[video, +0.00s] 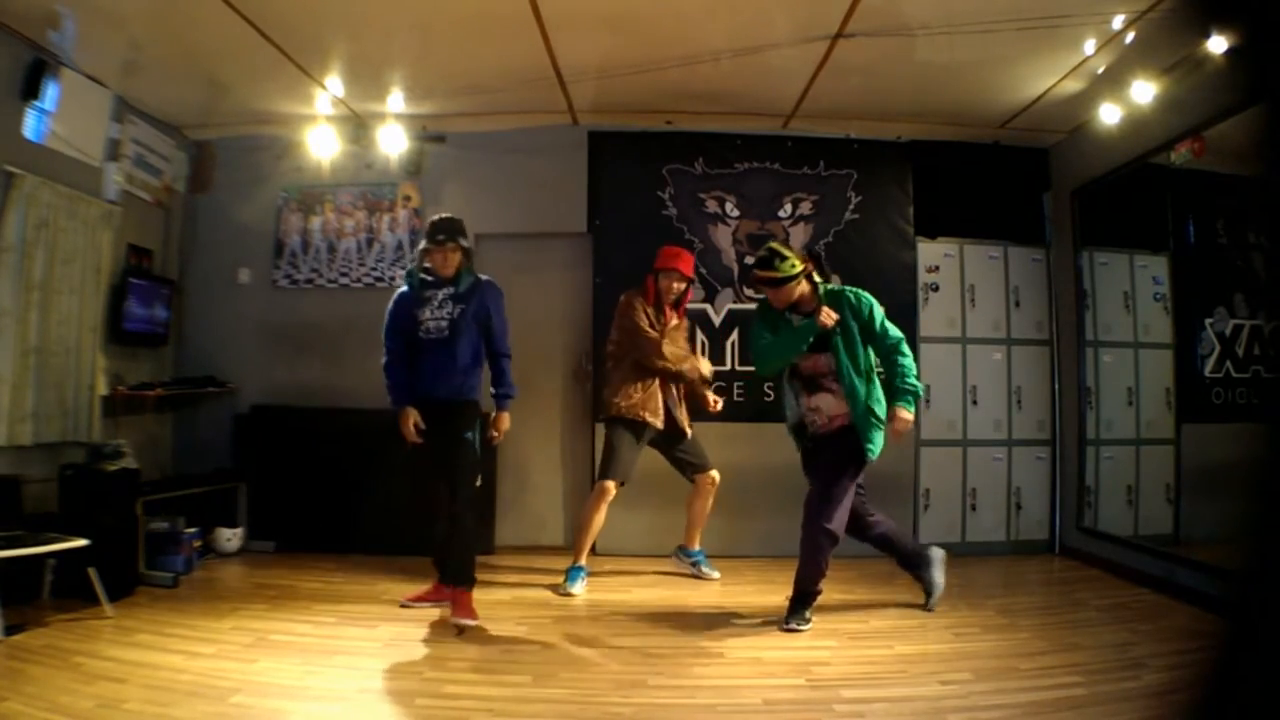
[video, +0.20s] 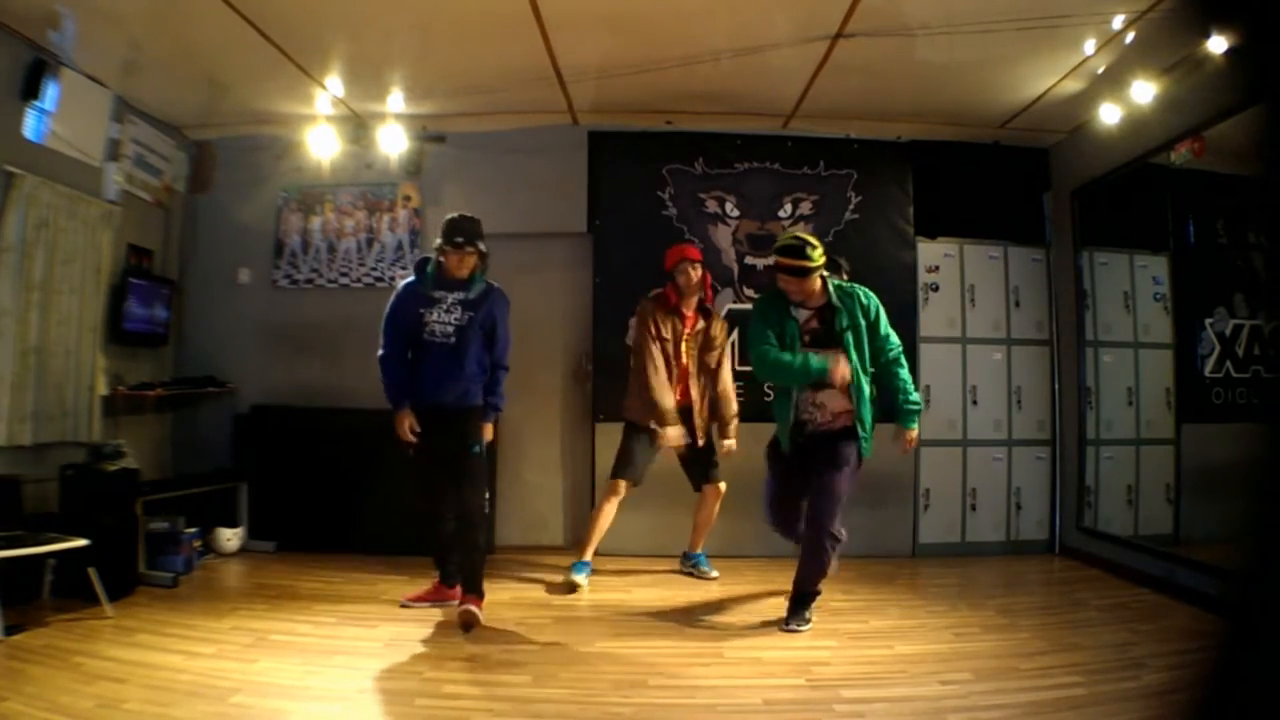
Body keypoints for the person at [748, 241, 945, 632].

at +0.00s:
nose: (768, 295)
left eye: (774, 286)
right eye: (764, 287)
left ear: (800, 276)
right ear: (763, 285)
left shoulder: (852, 303)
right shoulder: (769, 317)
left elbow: (895, 346)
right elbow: (762, 361)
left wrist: (904, 399)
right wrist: (810, 327)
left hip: (854, 429)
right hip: (810, 437)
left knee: (820, 517)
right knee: (856, 518)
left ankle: (801, 603)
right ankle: (924, 561)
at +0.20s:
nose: (783, 283)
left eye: (791, 277)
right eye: (780, 275)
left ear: (815, 275)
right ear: (777, 273)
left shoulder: (860, 302)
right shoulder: (770, 308)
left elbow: (890, 356)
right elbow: (763, 360)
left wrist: (909, 413)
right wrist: (821, 367)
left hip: (841, 435)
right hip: (793, 435)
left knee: (822, 525)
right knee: (781, 515)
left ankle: (801, 603)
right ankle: (823, 540)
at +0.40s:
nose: (819, 277)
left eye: (828, 269)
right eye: (811, 268)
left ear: (843, 270)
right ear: (799, 268)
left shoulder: (868, 309)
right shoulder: (779, 309)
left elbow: (885, 370)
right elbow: (765, 379)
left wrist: (894, 424)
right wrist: (767, 444)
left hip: (844, 440)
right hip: (789, 436)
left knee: (830, 529)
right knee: (740, 510)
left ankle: (799, 601)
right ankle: (686, 558)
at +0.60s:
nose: (836, 272)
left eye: (844, 264)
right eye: (828, 263)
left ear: (856, 267)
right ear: (814, 263)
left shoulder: (872, 311)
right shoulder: (787, 304)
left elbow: (882, 373)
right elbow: (754, 368)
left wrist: (886, 428)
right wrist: (726, 429)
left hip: (847, 436)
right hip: (792, 432)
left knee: (839, 527)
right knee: (760, 514)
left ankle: (800, 600)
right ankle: (719, 597)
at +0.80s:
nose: (844, 254)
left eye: (851, 246)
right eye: (835, 246)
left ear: (863, 253)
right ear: (821, 250)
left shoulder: (880, 301)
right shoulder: (791, 293)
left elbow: (893, 364)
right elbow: (762, 354)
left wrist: (901, 419)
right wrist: (746, 417)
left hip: (853, 419)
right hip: (801, 413)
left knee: (839, 508)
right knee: (833, 496)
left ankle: (798, 600)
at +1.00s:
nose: (850, 235)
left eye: (858, 229)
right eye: (841, 229)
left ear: (868, 237)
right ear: (826, 237)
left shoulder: (893, 286)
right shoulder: (803, 286)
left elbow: (912, 345)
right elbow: (781, 350)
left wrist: (921, 400)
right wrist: (779, 414)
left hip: (871, 414)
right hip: (822, 407)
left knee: (843, 509)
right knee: (866, 488)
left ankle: (797, 597)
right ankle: (892, 594)